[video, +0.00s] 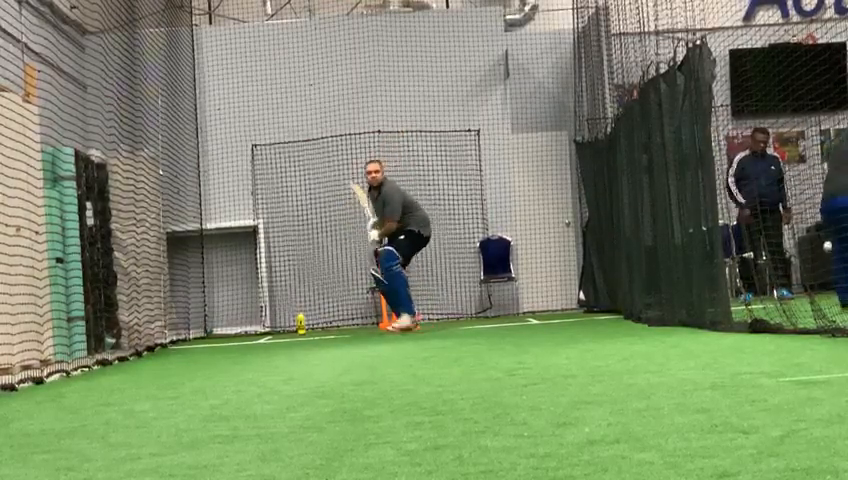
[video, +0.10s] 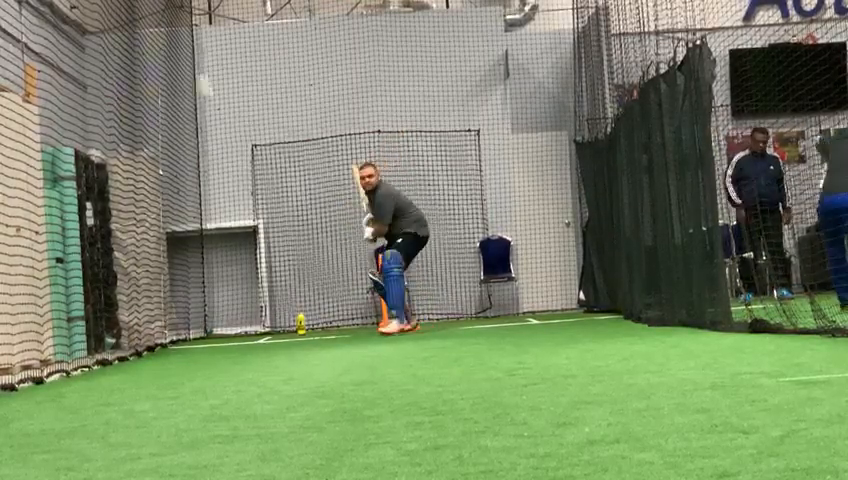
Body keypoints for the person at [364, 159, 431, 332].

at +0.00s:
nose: (373, 176)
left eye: (376, 172)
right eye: (369, 173)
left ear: (383, 173)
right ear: (366, 176)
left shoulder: (391, 190)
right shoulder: (372, 193)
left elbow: (392, 224)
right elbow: (382, 217)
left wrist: (379, 234)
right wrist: (376, 224)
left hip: (416, 229)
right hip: (400, 231)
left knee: (388, 258)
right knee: (381, 272)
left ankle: (407, 314)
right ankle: (403, 316)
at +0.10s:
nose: (367, 181)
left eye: (370, 176)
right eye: (363, 178)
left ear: (378, 176)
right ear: (359, 180)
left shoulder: (383, 194)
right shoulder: (372, 195)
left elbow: (382, 228)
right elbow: (379, 215)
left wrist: (373, 232)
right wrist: (372, 219)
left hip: (414, 231)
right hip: (401, 233)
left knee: (392, 262)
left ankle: (398, 319)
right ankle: (405, 317)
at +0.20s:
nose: (362, 186)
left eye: (366, 182)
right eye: (359, 184)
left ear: (375, 180)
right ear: (356, 185)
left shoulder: (380, 198)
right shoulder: (375, 196)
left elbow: (379, 232)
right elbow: (374, 217)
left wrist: (371, 237)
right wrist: (371, 225)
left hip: (408, 239)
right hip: (400, 238)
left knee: (381, 270)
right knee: (374, 280)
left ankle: (399, 323)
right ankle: (405, 319)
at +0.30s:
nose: (359, 192)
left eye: (362, 187)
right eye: (355, 189)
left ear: (371, 184)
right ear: (352, 190)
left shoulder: (378, 201)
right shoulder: (374, 198)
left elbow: (377, 236)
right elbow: (379, 222)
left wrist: (370, 243)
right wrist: (371, 231)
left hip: (405, 242)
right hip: (396, 241)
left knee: (376, 273)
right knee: (370, 275)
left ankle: (398, 324)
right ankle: (398, 321)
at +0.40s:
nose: (353, 197)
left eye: (356, 192)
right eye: (350, 193)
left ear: (365, 189)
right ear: (347, 194)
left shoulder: (371, 204)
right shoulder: (376, 197)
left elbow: (372, 240)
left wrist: (365, 242)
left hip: (401, 243)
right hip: (396, 242)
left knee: (373, 273)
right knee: (364, 275)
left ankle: (399, 324)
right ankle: (380, 324)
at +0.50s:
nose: (347, 200)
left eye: (350, 195)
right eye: (344, 197)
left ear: (360, 190)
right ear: (342, 197)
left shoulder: (367, 205)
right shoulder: (369, 199)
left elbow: (365, 241)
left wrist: (357, 243)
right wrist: (364, 227)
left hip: (399, 243)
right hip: (391, 243)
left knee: (373, 272)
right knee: (360, 279)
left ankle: (398, 324)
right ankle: (382, 324)